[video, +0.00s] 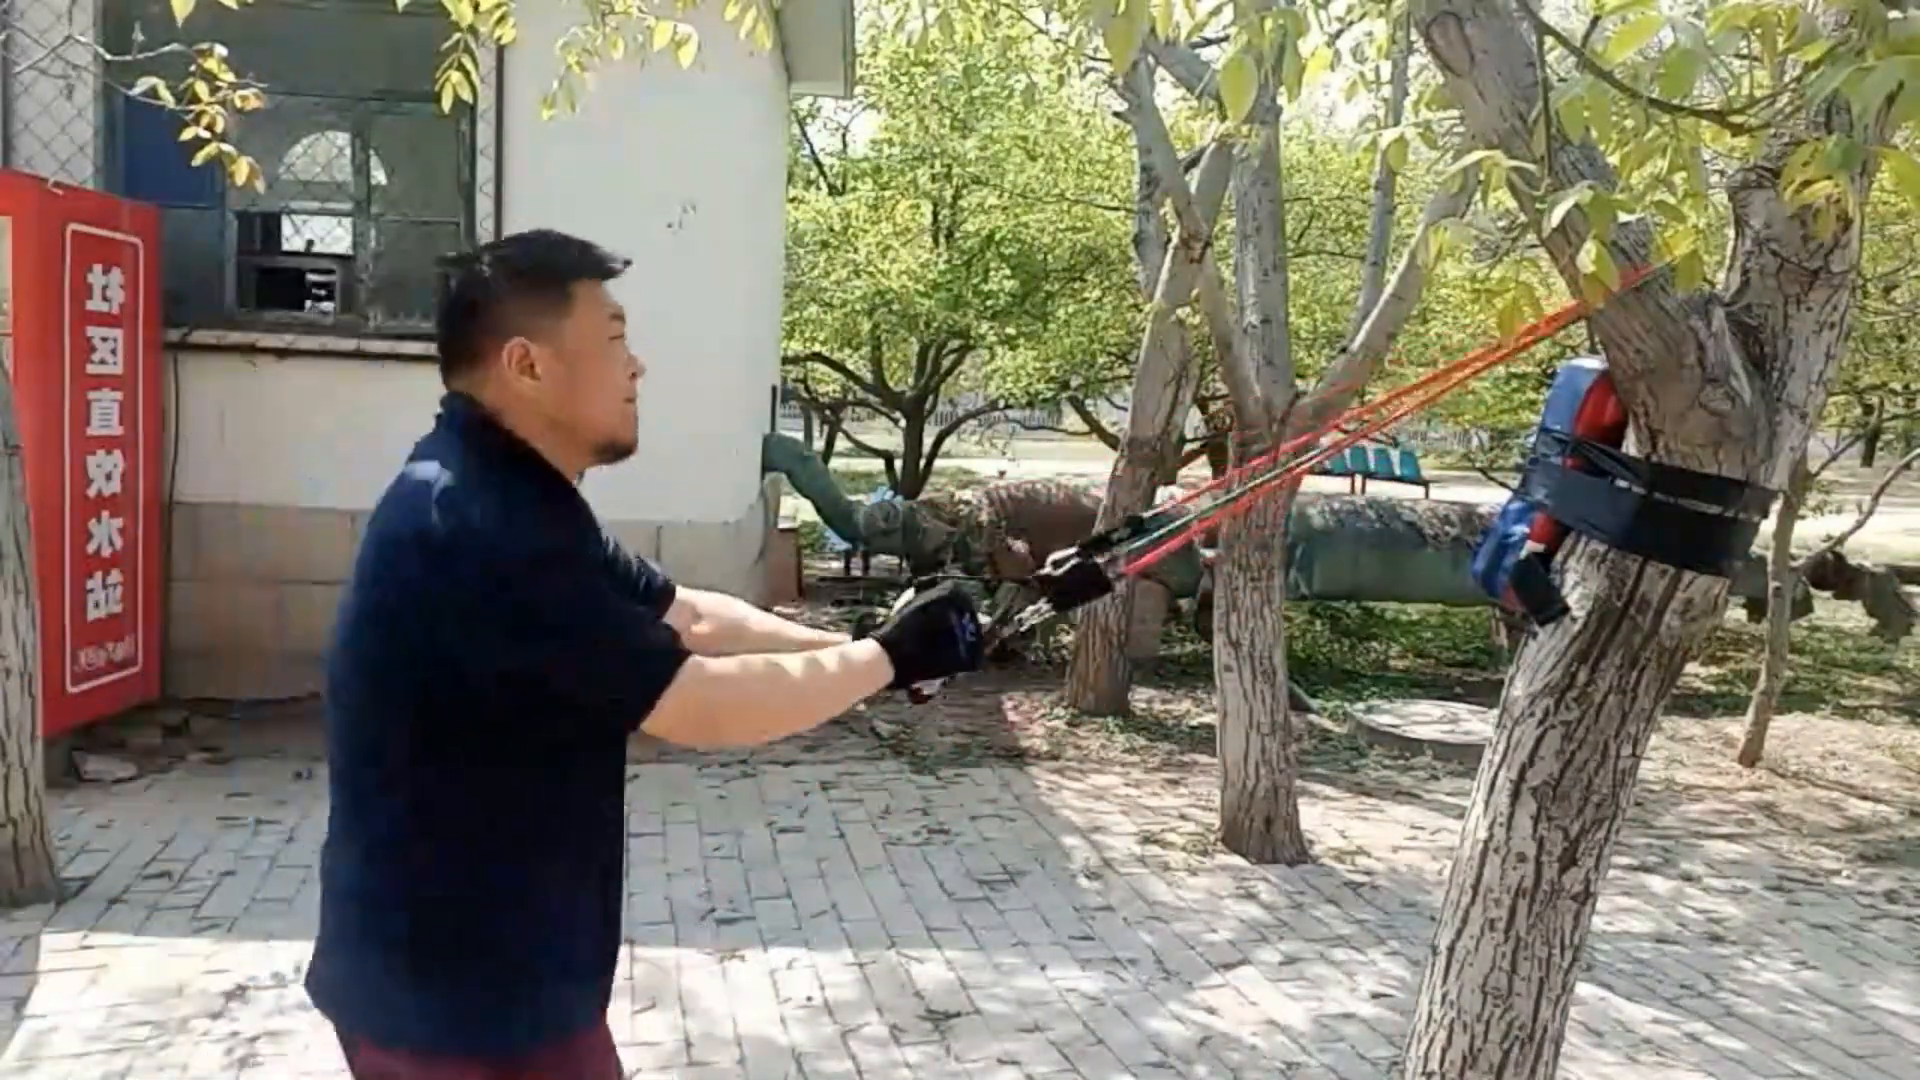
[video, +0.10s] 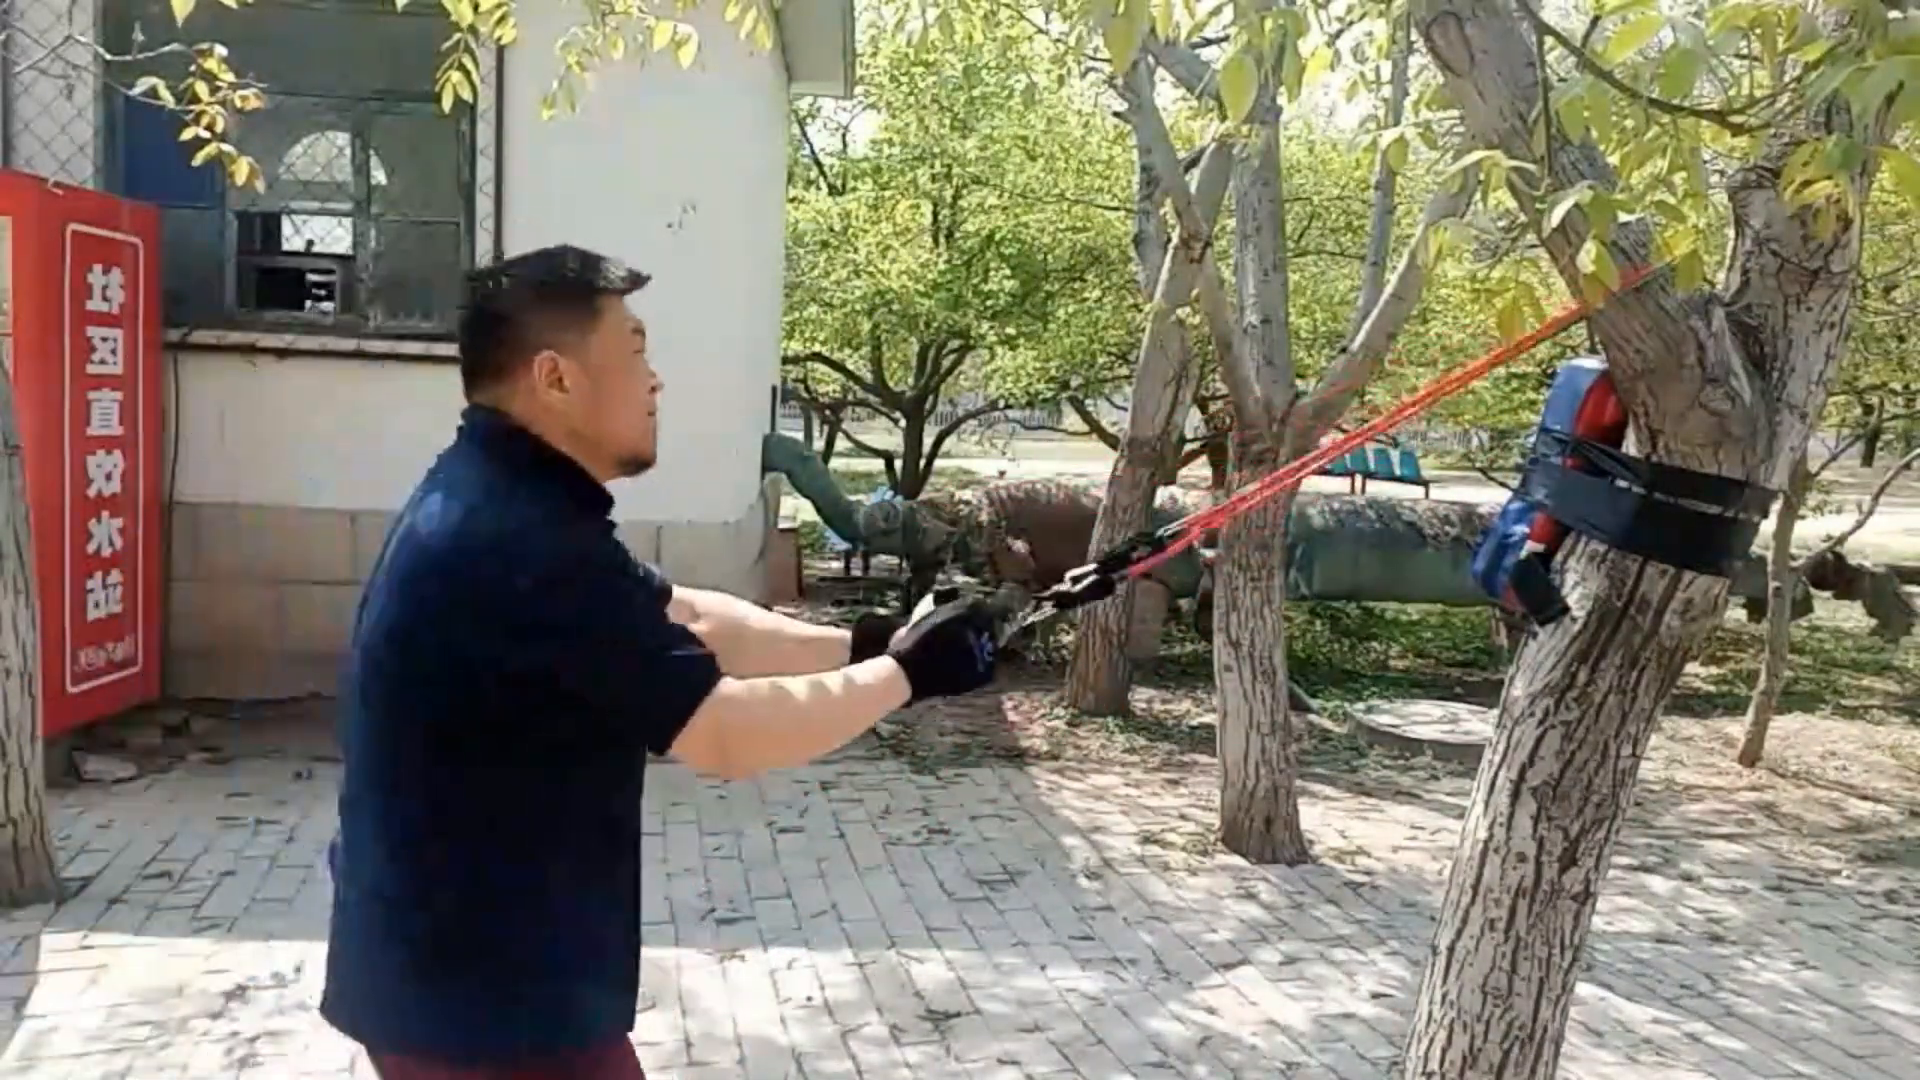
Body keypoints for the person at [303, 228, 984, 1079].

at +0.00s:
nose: (638, 365)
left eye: (625, 335)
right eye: (613, 336)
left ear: (524, 370)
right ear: (526, 366)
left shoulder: (499, 493)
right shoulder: (492, 528)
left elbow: (687, 618)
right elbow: (697, 708)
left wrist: (866, 655)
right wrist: (886, 661)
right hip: (478, 1014)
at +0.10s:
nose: (658, 380)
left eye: (647, 353)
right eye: (635, 355)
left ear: (550, 382)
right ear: (555, 380)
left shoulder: (489, 498)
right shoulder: (528, 540)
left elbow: (680, 620)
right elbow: (717, 733)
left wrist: (870, 648)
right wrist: (904, 679)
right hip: (506, 1022)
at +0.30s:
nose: (696, 453)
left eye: (690, 425)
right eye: (691, 424)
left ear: (547, 431)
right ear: (662, 423)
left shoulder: (459, 535)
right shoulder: (626, 577)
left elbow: (686, 616)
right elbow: (772, 750)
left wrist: (854, 614)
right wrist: (914, 623)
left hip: (361, 1002)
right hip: (538, 1023)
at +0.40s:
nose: (633, 506)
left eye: (633, 478)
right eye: (633, 474)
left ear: (492, 460)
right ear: (613, 459)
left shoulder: (405, 564)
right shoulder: (585, 566)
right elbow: (735, 657)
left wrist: (780, 604)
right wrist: (792, 499)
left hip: (350, 1028)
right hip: (546, 1035)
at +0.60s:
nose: (521, 589)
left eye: (520, 571)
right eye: (520, 569)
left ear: (371, 570)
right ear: (505, 562)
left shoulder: (261, 706)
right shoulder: (580, 666)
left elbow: (245, 887)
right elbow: (695, 845)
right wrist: (589, 831)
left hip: (308, 1060)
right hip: (536, 1057)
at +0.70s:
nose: (482, 678)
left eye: (481, 656)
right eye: (481, 655)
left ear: (332, 666)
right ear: (458, 650)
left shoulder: (229, 780)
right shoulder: (550, 764)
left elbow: (110, 1020)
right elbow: (611, 981)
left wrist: (269, 977)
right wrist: (484, 965)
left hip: (303, 1071)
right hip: (529, 1071)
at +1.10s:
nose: (505, 701)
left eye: (505, 676)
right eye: (502, 673)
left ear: (353, 671)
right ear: (465, 660)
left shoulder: (232, 788)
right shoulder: (551, 781)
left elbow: (99, 1020)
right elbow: (606, 992)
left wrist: (263, 979)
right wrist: (481, 993)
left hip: (292, 1071)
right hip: (516, 1071)